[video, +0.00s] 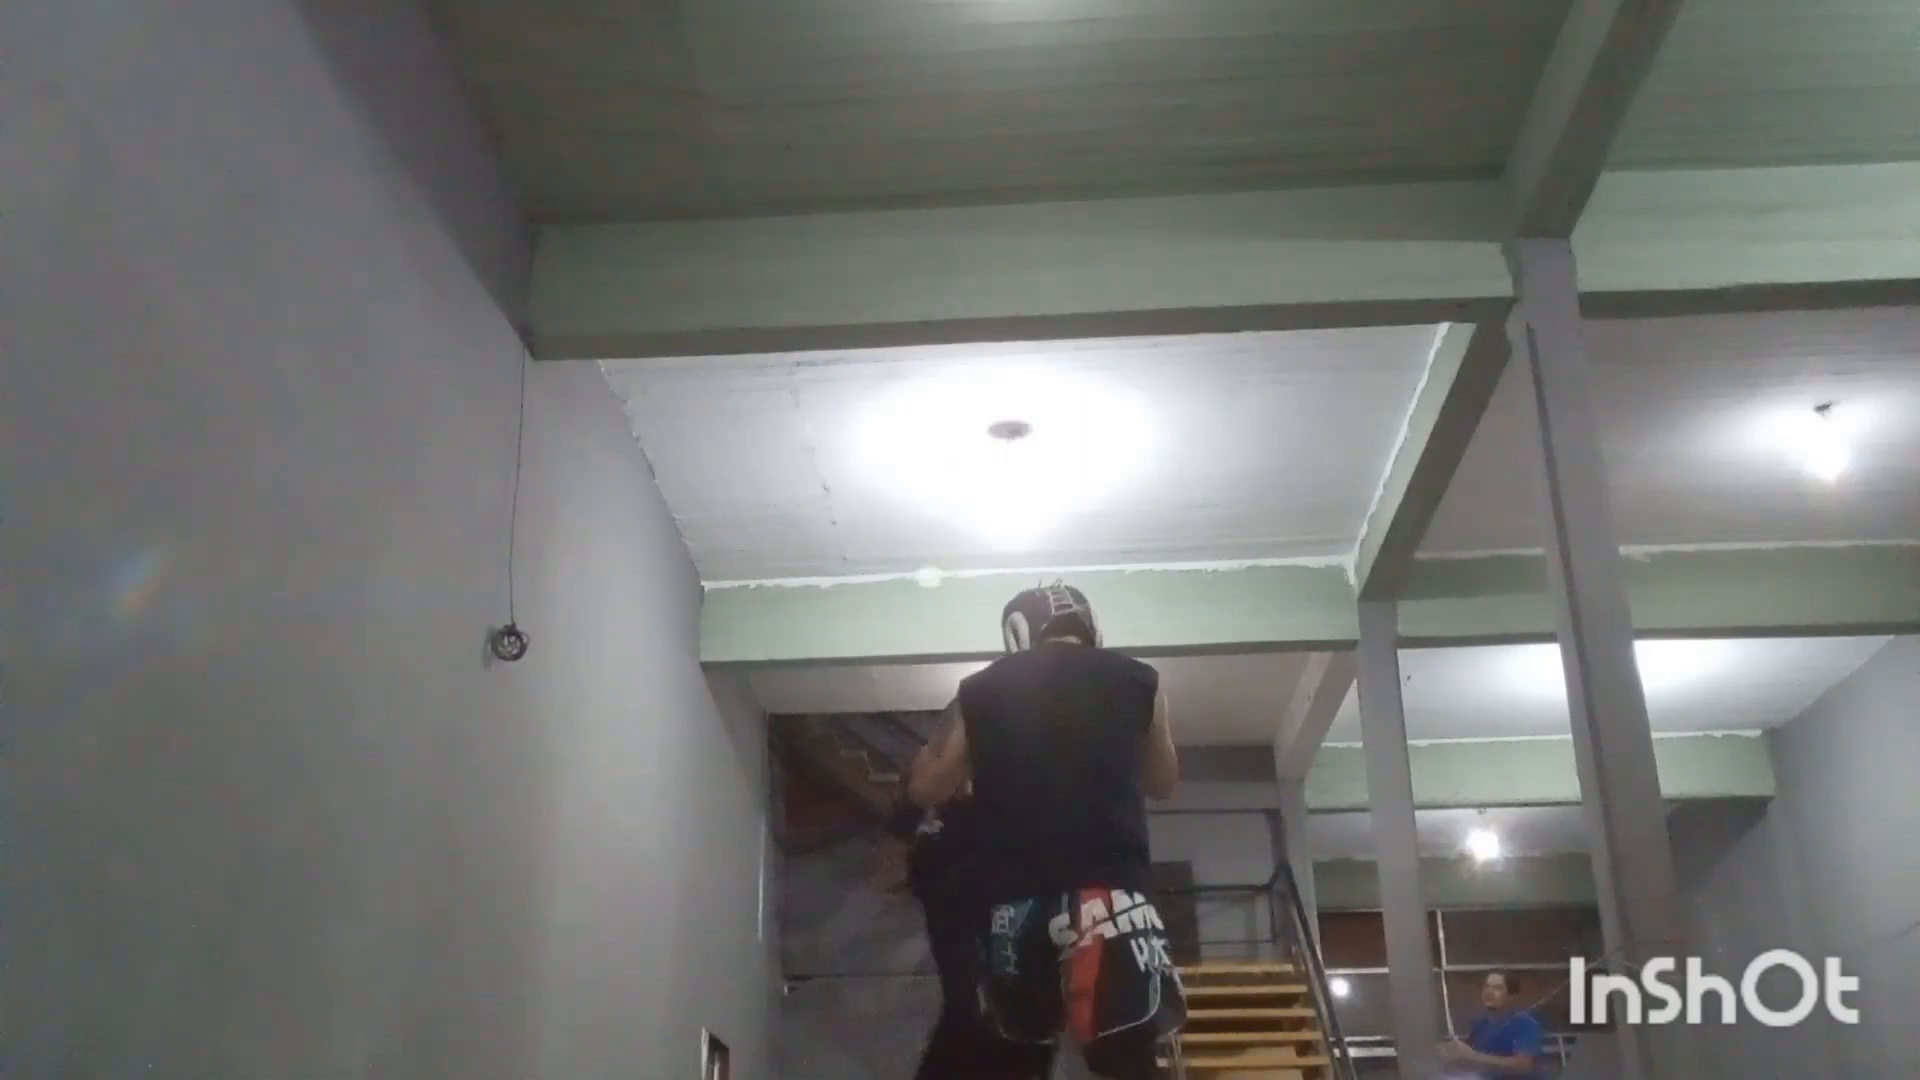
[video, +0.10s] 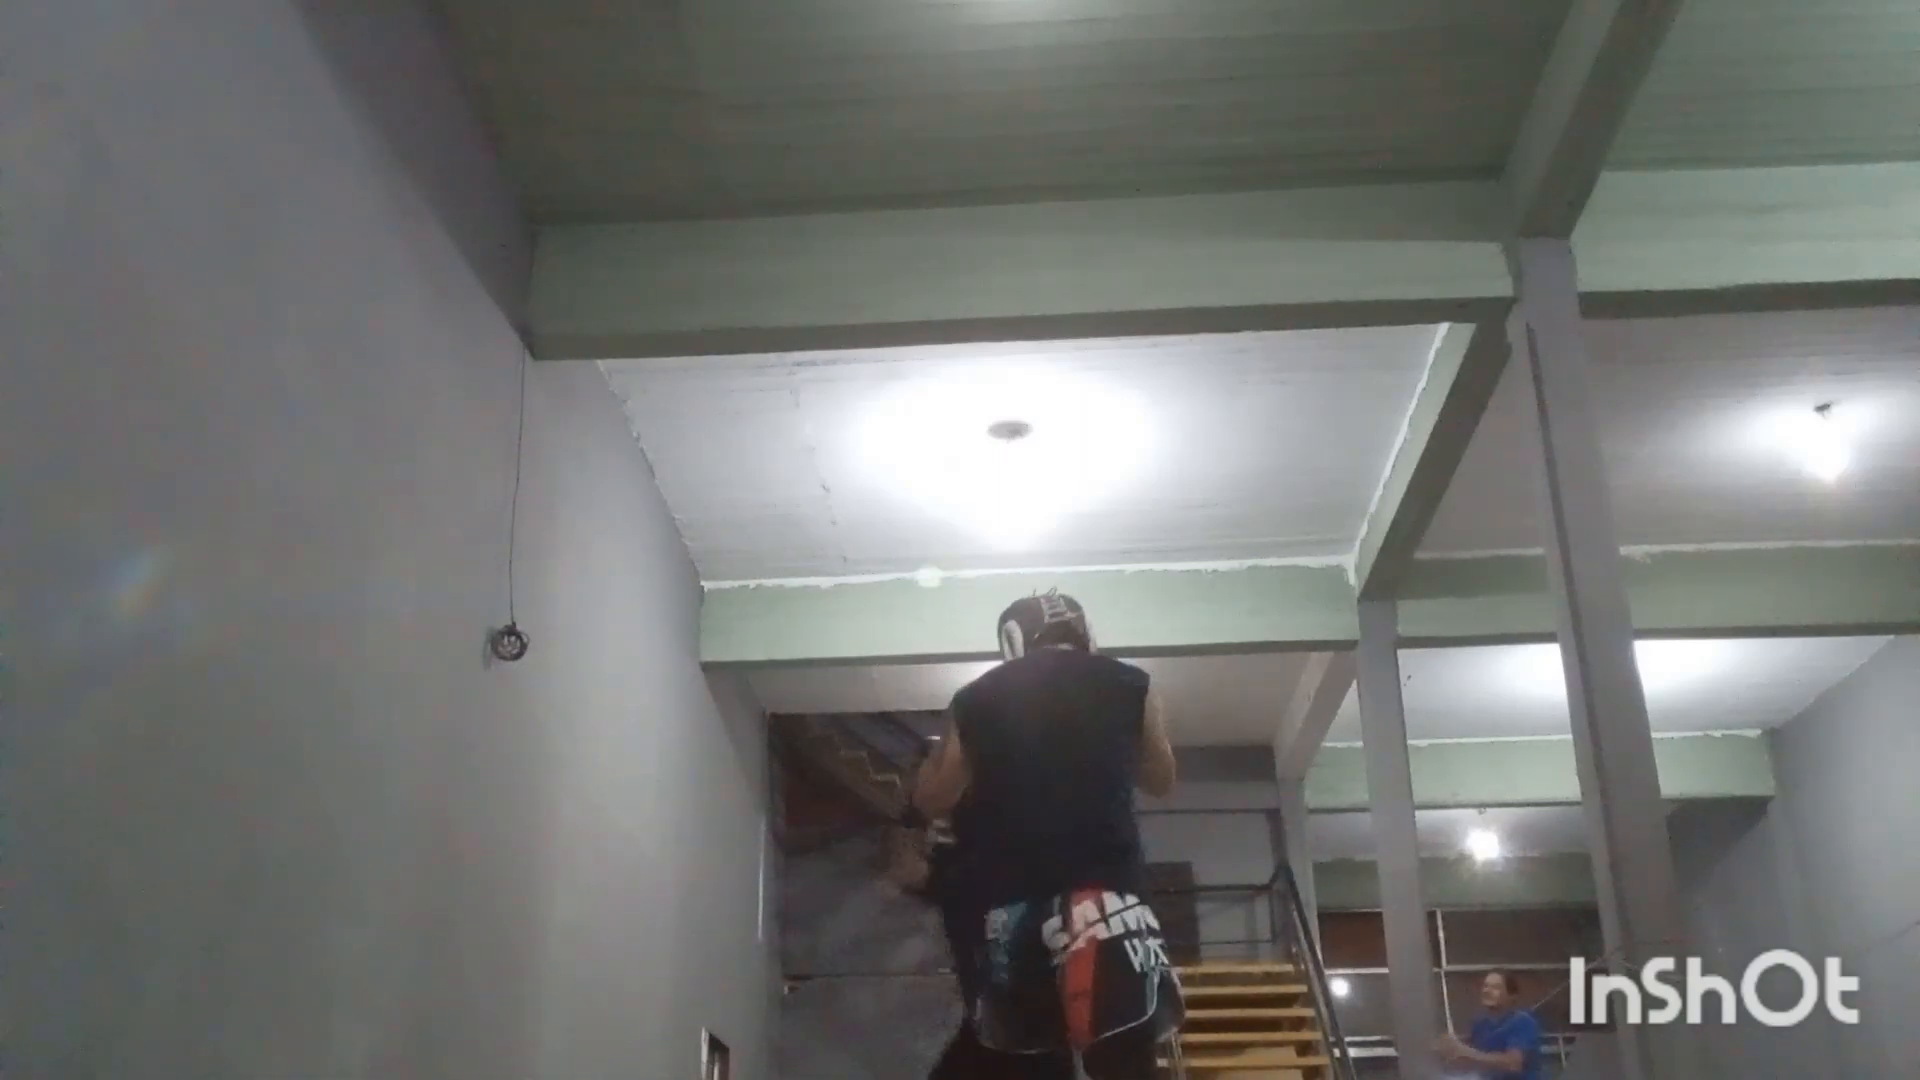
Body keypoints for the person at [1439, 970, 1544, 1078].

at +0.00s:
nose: (1489, 992)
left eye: (1497, 988)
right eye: (1487, 987)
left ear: (1511, 995)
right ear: (1482, 990)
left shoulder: (1525, 1024)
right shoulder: (1481, 1024)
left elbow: (1523, 1065)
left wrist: (1470, 1055)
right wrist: (1455, 1052)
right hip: (1481, 1075)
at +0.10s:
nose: (1487, 991)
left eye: (1495, 988)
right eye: (1485, 986)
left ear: (1510, 994)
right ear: (1481, 989)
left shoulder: (1522, 1022)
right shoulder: (1481, 1022)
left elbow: (1514, 1063)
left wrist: (1463, 1052)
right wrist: (1453, 1051)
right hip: (1485, 1075)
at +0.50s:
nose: (1471, 998)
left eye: (1478, 993)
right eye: (1470, 993)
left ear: (1497, 998)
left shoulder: (1512, 1023)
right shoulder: (1479, 1022)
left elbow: (1497, 1060)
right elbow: (1469, 1056)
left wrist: (1448, 1049)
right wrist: (1438, 1046)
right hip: (1484, 1075)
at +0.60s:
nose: (1470, 997)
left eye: (1477, 993)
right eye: (1470, 993)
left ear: (1497, 998)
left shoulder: (1511, 1022)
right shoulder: (1479, 1024)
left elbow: (1497, 1061)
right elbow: (1470, 1061)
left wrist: (1450, 1049)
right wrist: (1441, 1049)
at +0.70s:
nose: (1473, 997)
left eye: (1479, 993)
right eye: (1472, 992)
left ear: (1498, 997)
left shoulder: (1514, 1021)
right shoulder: (1479, 1023)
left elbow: (1495, 1061)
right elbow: (1472, 1057)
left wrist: (1447, 1049)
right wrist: (1442, 1048)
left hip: (1515, 1076)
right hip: (1489, 1075)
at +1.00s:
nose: (1484, 998)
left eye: (1490, 992)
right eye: (1482, 994)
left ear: (1506, 994)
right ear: (1480, 996)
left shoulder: (1523, 1020)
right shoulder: (1491, 1021)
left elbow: (1495, 1060)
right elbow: (1479, 1051)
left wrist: (1446, 1049)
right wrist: (1446, 1046)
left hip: (1532, 1075)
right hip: (1509, 1075)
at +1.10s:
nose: (1488, 999)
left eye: (1494, 993)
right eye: (1484, 995)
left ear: (1509, 994)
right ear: (1481, 998)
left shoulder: (1524, 1021)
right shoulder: (1497, 1022)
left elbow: (1495, 1058)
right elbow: (1482, 1051)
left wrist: (1446, 1049)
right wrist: (1446, 1046)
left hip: (1535, 1076)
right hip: (1513, 1075)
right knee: (1455, 1072)